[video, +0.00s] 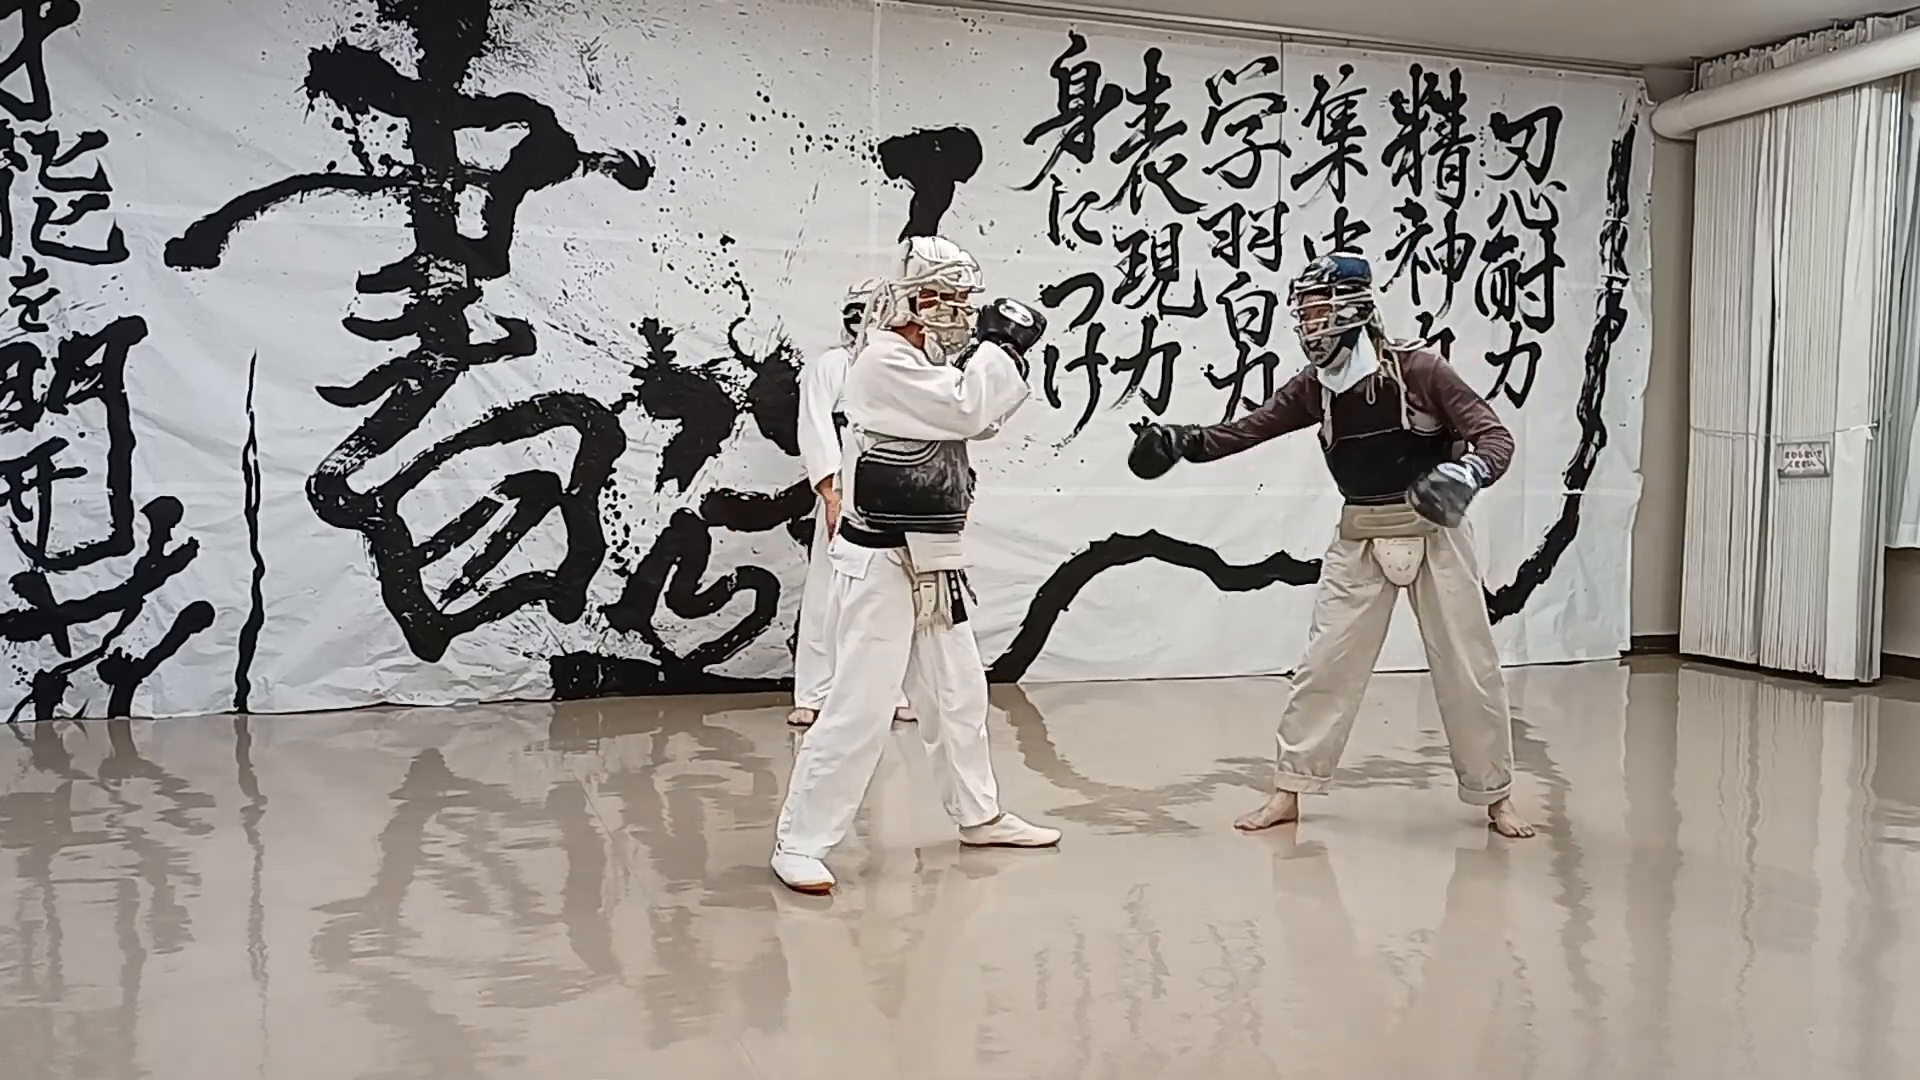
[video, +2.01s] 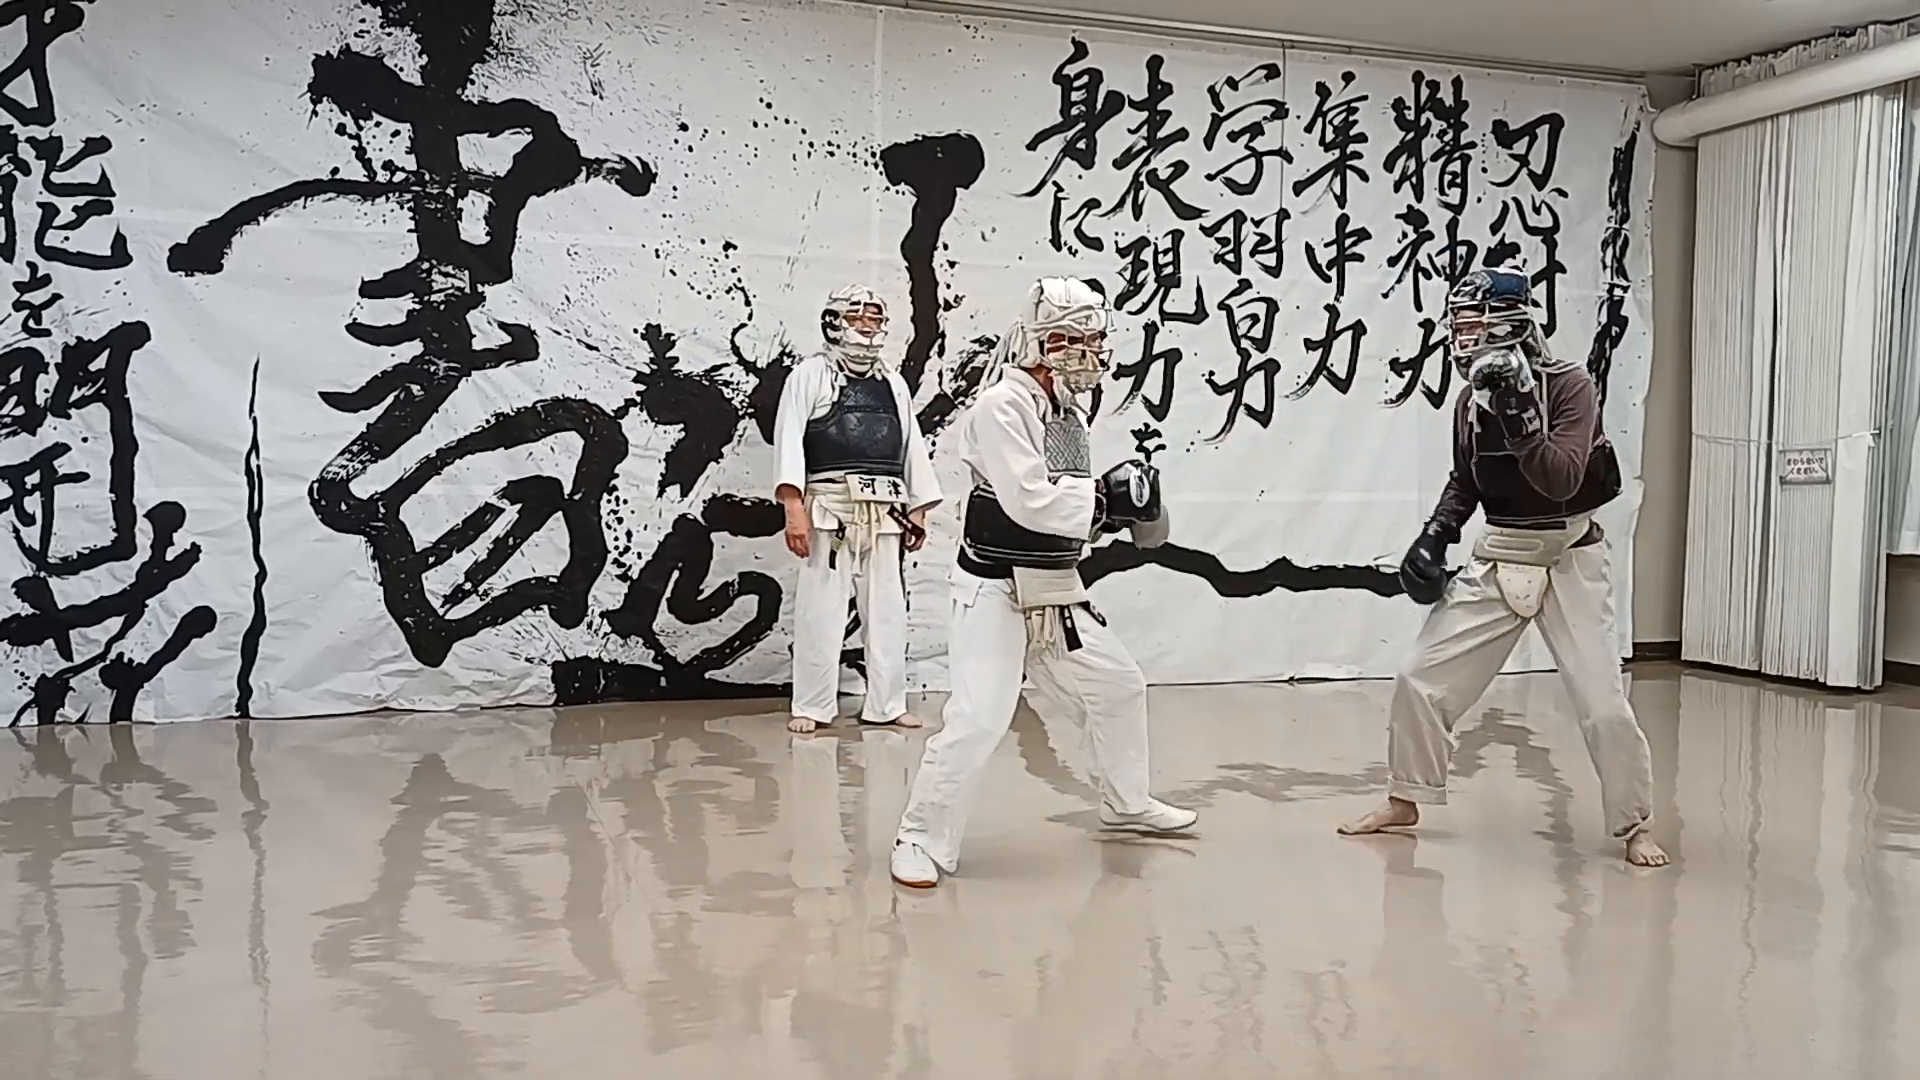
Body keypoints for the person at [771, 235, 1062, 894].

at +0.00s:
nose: (954, 313)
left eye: (961, 301)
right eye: (943, 300)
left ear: (965, 305)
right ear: (910, 299)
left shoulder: (937, 363)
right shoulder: (880, 360)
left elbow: (982, 422)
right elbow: (962, 408)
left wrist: (1009, 358)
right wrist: (1001, 347)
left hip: (934, 555)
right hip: (877, 556)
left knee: (959, 693)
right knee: (858, 707)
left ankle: (979, 818)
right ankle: (799, 847)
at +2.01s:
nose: (1084, 352)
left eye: (1092, 341)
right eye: (1071, 340)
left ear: (1098, 344)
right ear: (1039, 339)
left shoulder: (1070, 409)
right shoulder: (1003, 402)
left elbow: (1054, 496)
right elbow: (1026, 498)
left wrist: (1114, 502)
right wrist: (1106, 500)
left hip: (1051, 582)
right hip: (993, 584)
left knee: (1119, 684)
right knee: (979, 715)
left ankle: (1127, 804)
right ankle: (920, 843)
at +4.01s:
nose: (1089, 368)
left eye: (1092, 357)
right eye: (1077, 356)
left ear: (1092, 362)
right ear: (1042, 361)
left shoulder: (1058, 425)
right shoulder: (1009, 425)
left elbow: (1044, 514)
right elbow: (1004, 526)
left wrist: (1089, 546)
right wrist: (1080, 538)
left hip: (1044, 599)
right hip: (991, 602)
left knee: (1124, 687)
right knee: (969, 734)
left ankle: (1123, 816)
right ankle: (877, 813)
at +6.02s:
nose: (1274, 349)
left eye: (1286, 335)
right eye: (1259, 335)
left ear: (1301, 342)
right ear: (1224, 340)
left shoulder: (1290, 422)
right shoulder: (1189, 419)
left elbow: (1315, 500)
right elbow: (1174, 527)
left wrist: (1346, 555)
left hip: (1281, 616)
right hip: (1220, 615)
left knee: (1279, 737)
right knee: (1302, 728)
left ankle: (1177, 821)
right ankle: (1307, 892)